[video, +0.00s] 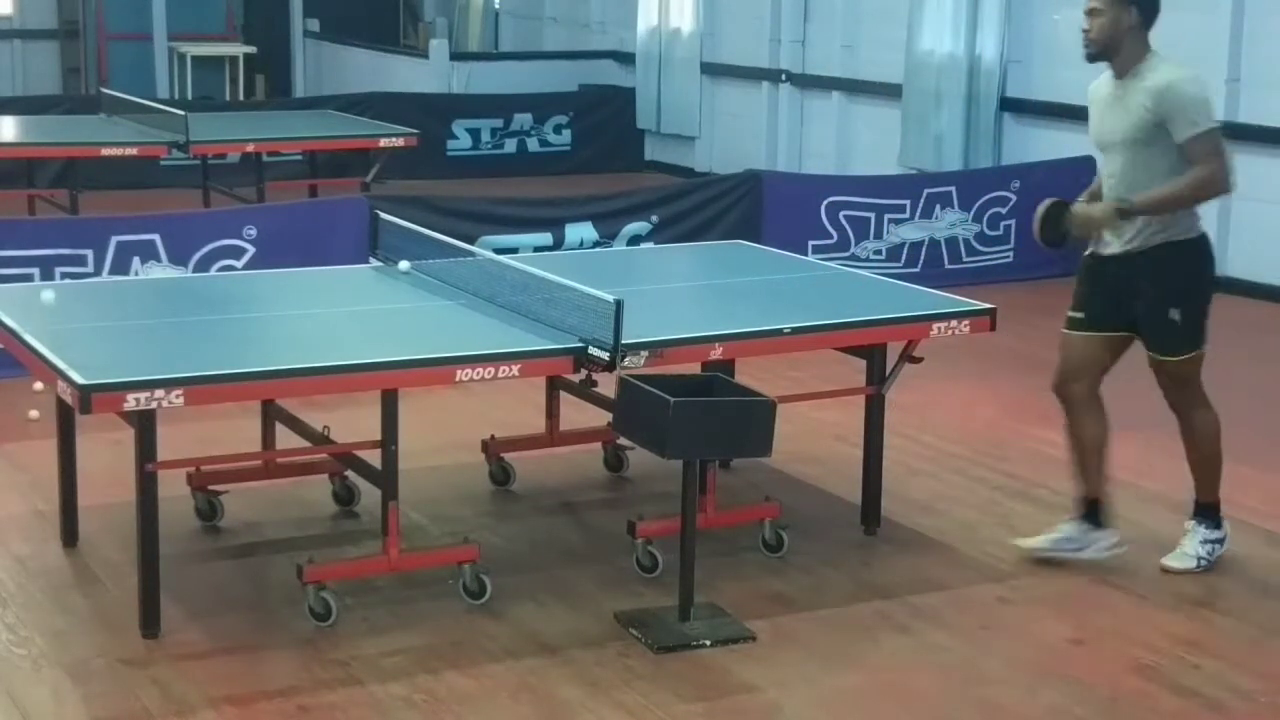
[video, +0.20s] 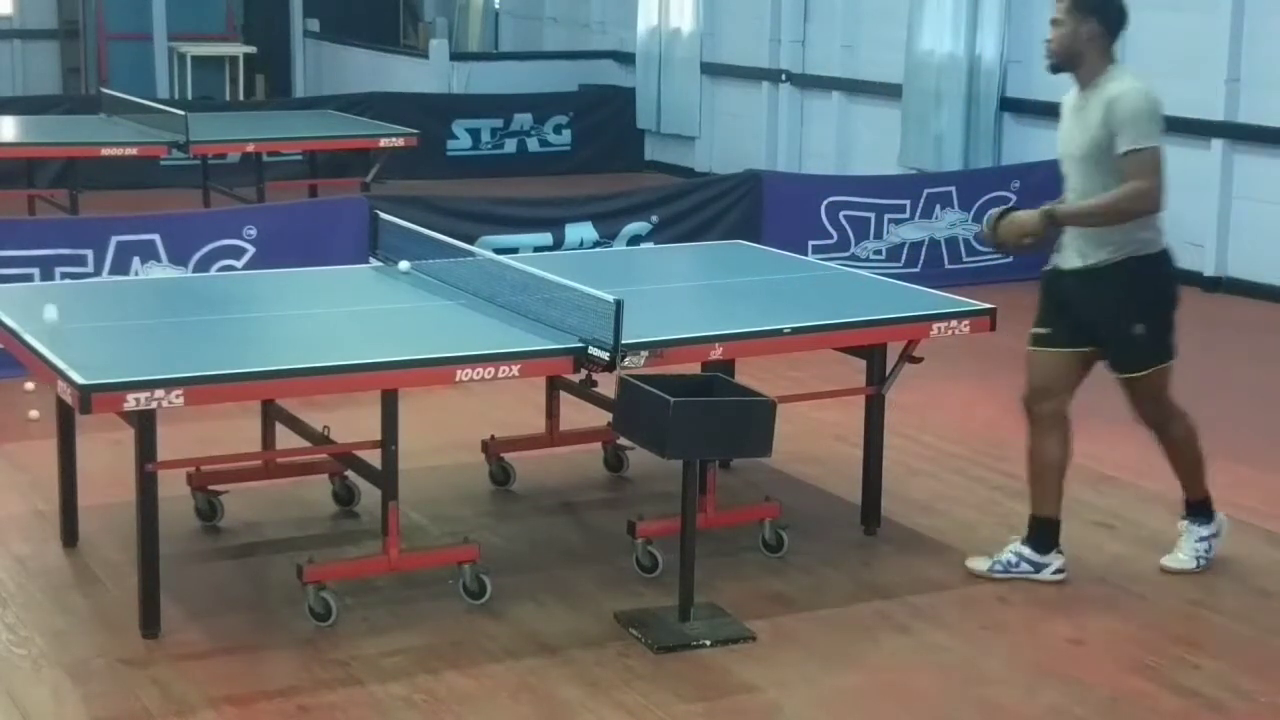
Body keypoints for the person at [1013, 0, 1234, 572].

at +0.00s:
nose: (1085, 24)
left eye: (1096, 14)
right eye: (1086, 15)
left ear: (1134, 19)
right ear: (1116, 22)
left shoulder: (1174, 85)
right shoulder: (1100, 89)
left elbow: (1214, 176)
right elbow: (1117, 172)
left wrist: (1122, 210)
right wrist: (1078, 211)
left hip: (1173, 261)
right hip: (1112, 261)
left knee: (1184, 392)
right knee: (1073, 383)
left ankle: (1207, 524)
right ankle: (1092, 522)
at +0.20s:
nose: (1048, 35)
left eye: (1059, 23)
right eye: (1050, 24)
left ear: (1095, 32)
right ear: (1085, 34)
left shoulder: (1130, 97)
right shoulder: (1073, 103)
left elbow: (1146, 195)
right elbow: (1088, 198)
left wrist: (1051, 217)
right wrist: (1031, 225)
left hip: (1132, 277)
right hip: (1073, 276)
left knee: (1155, 407)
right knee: (1044, 402)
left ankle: (1202, 518)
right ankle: (1041, 545)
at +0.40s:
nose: (999, 32)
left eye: (1009, 20)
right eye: (1001, 21)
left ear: (1044, 25)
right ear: (1034, 27)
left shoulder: (1079, 95)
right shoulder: (1031, 98)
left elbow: (1101, 195)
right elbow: (1040, 191)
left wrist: (1011, 218)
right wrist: (992, 216)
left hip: (1070, 270)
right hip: (1026, 268)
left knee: (1037, 410)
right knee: (1017, 408)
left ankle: (1119, 501)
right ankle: (1038, 547)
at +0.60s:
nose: (931, 45)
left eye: (941, 32)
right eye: (932, 33)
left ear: (979, 34)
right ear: (971, 36)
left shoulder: (1005, 104)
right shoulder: (990, 101)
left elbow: (1029, 209)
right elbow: (994, 194)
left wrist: (940, 237)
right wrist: (928, 206)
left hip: (1009, 278)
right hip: (1013, 273)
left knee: (959, 425)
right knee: (1013, 415)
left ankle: (935, 576)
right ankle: (1040, 549)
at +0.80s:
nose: (848, 84)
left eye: (854, 71)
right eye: (845, 72)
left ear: (887, 61)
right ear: (899, 61)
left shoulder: (917, 125)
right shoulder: (958, 103)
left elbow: (915, 244)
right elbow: (962, 199)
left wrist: (827, 298)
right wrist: (896, 229)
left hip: (964, 290)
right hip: (1004, 280)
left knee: (897, 425)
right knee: (993, 412)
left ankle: (881, 591)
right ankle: (1036, 544)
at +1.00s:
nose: (778, 122)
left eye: (781, 108)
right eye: (773, 110)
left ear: (814, 92)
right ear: (823, 86)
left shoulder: (835, 155)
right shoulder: (905, 97)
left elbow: (814, 279)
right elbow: (974, 167)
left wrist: (741, 356)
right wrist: (898, 243)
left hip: (944, 292)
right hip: (1000, 272)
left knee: (892, 430)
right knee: (1001, 402)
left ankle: (880, 591)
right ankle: (1028, 540)